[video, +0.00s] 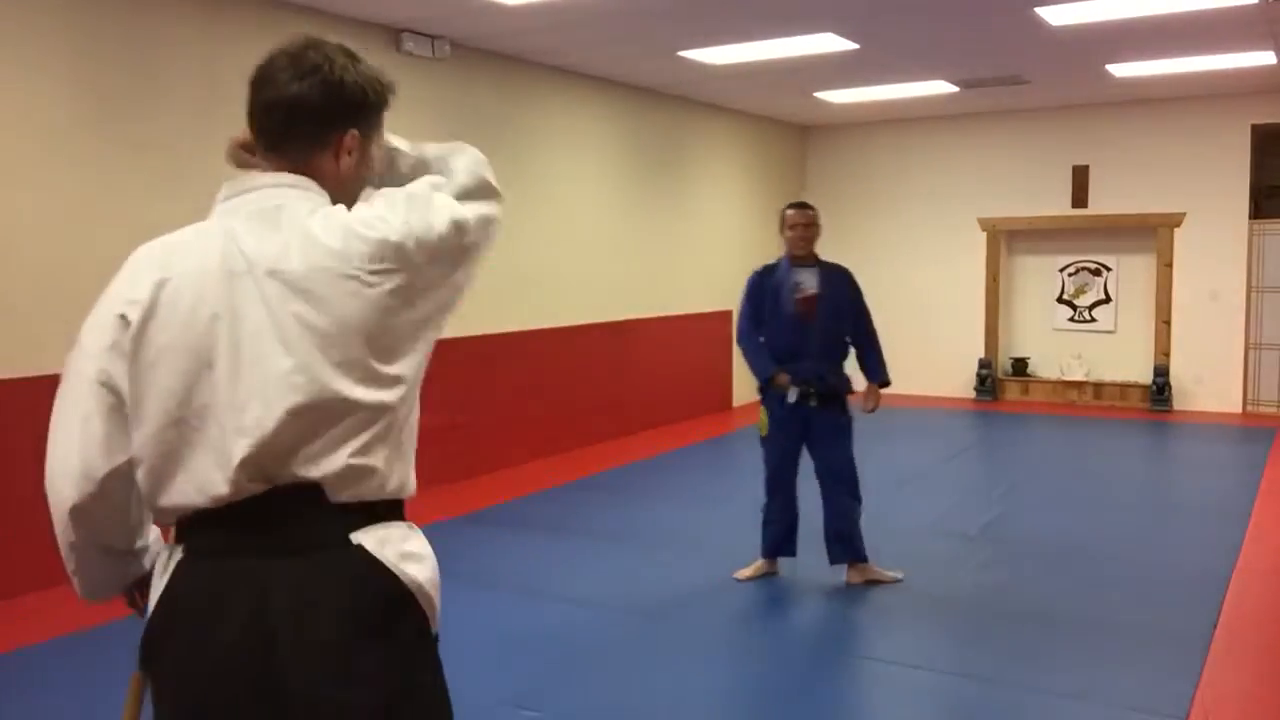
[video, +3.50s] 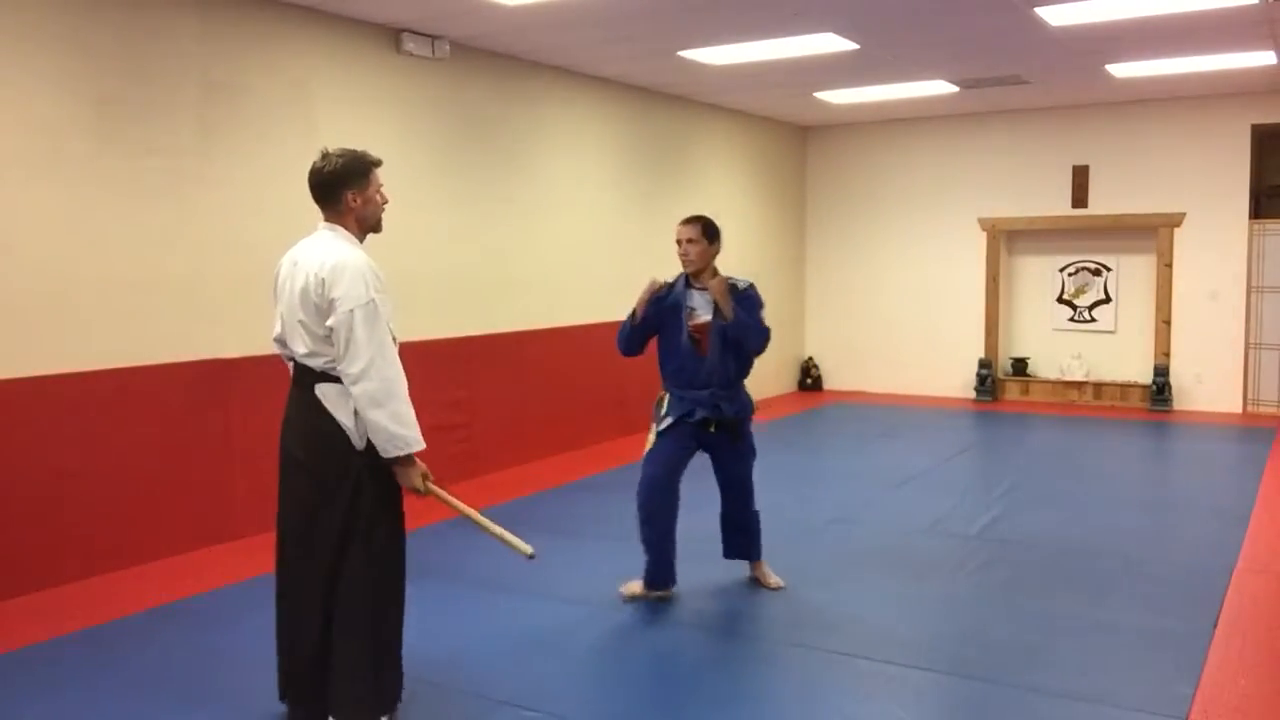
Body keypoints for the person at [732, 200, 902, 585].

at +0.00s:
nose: (801, 233)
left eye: (808, 226)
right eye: (794, 227)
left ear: (818, 231)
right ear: (782, 232)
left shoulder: (839, 278)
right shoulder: (763, 281)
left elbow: (863, 330)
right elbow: (747, 335)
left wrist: (875, 379)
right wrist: (773, 375)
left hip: (830, 396)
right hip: (782, 396)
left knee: (841, 481)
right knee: (778, 481)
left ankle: (856, 564)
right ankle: (769, 558)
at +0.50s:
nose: (742, 234)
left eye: (749, 227)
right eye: (736, 227)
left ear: (765, 231)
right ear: (730, 233)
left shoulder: (792, 275)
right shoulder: (717, 284)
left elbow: (818, 327)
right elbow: (711, 337)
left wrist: (817, 376)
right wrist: (728, 377)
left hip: (786, 391)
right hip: (744, 393)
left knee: (787, 476)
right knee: (754, 475)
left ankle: (790, 567)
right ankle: (770, 556)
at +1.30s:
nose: (733, 231)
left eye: (741, 225)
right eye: (728, 224)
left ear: (762, 229)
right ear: (724, 228)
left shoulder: (786, 279)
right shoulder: (714, 276)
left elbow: (804, 339)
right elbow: (691, 329)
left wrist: (792, 397)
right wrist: (673, 374)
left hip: (761, 404)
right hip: (716, 400)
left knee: (759, 495)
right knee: (700, 485)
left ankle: (759, 580)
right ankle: (721, 567)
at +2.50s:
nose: (690, 233)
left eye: (699, 225)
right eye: (686, 225)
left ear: (723, 231)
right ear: (682, 230)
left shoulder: (748, 286)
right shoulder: (678, 282)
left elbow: (766, 348)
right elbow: (657, 333)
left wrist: (733, 379)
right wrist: (637, 351)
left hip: (729, 416)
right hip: (681, 411)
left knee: (738, 509)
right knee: (663, 497)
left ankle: (748, 597)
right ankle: (671, 589)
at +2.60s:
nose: (698, 234)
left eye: (707, 226)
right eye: (694, 226)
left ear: (730, 232)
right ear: (691, 231)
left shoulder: (751, 284)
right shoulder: (682, 281)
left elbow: (757, 331)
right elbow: (646, 312)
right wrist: (630, 306)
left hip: (733, 407)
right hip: (687, 403)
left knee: (739, 505)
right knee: (664, 494)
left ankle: (747, 597)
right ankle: (674, 586)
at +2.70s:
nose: (699, 232)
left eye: (706, 225)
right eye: (697, 225)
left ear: (730, 230)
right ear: (696, 229)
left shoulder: (749, 277)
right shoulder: (682, 274)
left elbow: (755, 287)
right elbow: (630, 276)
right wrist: (615, 251)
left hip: (735, 403)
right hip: (688, 400)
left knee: (739, 502)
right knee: (670, 493)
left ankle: (747, 597)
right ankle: (679, 582)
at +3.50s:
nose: (683, 250)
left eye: (691, 243)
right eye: (679, 244)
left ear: (713, 247)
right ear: (676, 249)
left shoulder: (742, 294)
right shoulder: (666, 296)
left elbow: (757, 344)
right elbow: (627, 347)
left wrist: (727, 305)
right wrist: (641, 308)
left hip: (730, 413)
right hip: (681, 414)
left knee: (740, 491)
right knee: (654, 483)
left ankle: (757, 565)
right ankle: (658, 581)